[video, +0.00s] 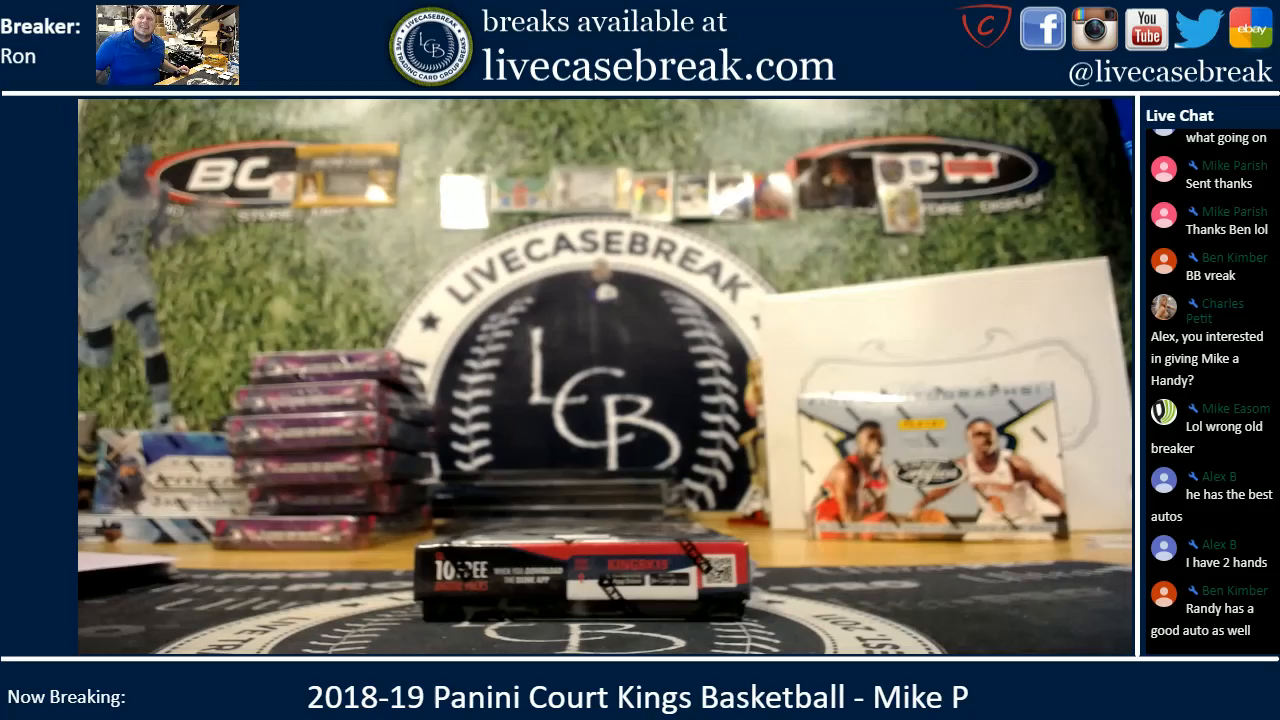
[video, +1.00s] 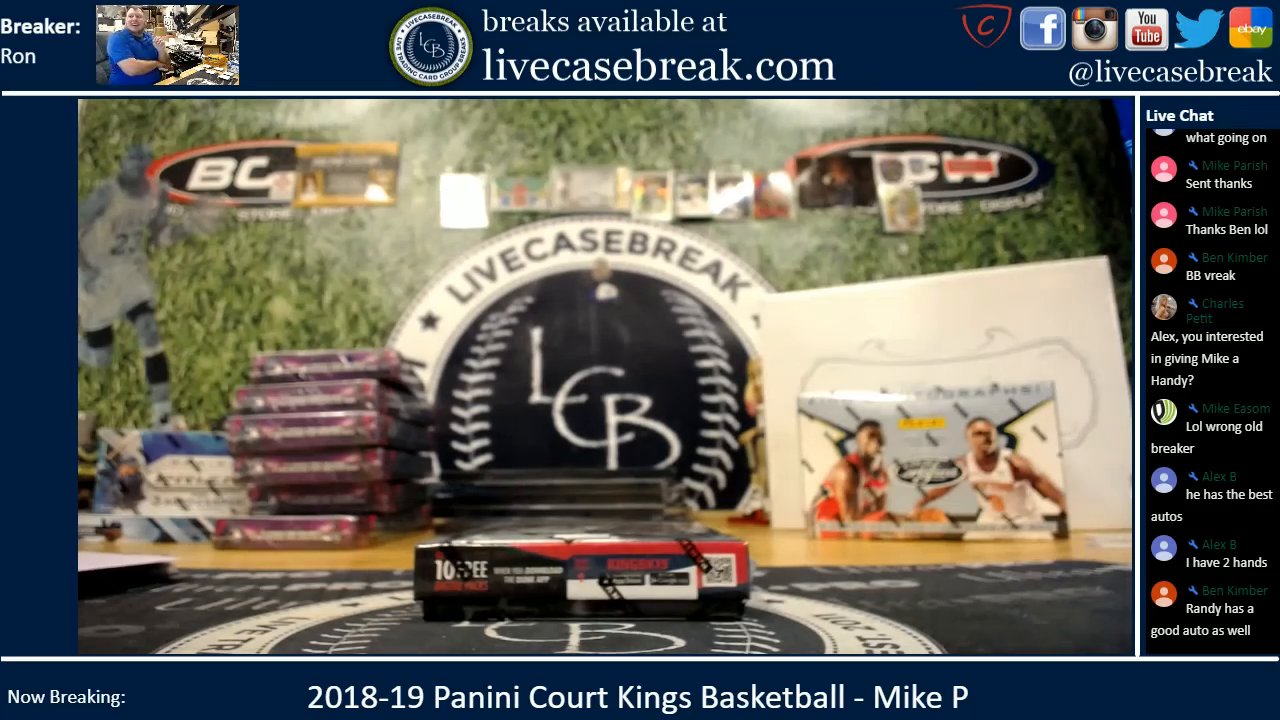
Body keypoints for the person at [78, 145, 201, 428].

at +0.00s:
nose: (136, 177)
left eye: (142, 172)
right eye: (131, 171)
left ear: (149, 172)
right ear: (122, 170)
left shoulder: (156, 197)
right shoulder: (106, 196)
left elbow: (159, 236)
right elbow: (76, 233)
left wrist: (187, 228)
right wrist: (85, 267)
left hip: (133, 272)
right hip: (95, 276)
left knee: (150, 334)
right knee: (100, 357)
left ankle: (163, 414)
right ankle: (74, 345)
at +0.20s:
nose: (135, 175)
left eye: (141, 170)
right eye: (131, 169)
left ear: (149, 171)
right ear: (122, 168)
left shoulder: (156, 196)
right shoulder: (106, 196)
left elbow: (158, 236)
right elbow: (75, 232)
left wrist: (185, 228)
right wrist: (84, 267)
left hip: (133, 271)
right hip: (95, 275)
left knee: (150, 332)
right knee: (101, 357)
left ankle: (162, 413)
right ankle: (73, 345)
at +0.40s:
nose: (135, 176)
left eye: (141, 171)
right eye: (131, 170)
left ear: (149, 172)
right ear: (122, 168)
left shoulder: (156, 198)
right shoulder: (106, 195)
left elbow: (158, 238)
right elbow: (76, 231)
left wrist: (184, 228)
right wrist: (84, 267)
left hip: (133, 272)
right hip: (95, 276)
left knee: (149, 331)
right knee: (100, 357)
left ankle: (162, 411)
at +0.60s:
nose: (133, 176)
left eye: (139, 171)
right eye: (129, 170)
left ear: (147, 170)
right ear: (121, 168)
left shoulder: (155, 197)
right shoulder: (105, 195)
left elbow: (159, 235)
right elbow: (76, 233)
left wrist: (190, 226)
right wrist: (85, 268)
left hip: (133, 270)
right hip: (95, 275)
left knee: (149, 331)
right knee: (100, 356)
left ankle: (162, 411)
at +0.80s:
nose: (135, 175)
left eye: (141, 170)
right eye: (130, 169)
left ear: (149, 171)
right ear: (122, 168)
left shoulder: (156, 196)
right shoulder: (106, 195)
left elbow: (157, 236)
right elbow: (76, 231)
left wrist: (184, 228)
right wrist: (85, 267)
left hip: (133, 272)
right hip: (95, 275)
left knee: (149, 331)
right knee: (100, 357)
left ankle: (162, 411)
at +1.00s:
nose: (135, 175)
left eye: (141, 170)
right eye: (131, 169)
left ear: (149, 171)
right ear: (122, 167)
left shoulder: (156, 196)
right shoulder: (105, 195)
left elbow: (157, 236)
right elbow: (76, 232)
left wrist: (185, 228)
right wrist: (85, 267)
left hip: (133, 271)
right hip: (96, 275)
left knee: (149, 331)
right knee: (100, 357)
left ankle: (162, 411)